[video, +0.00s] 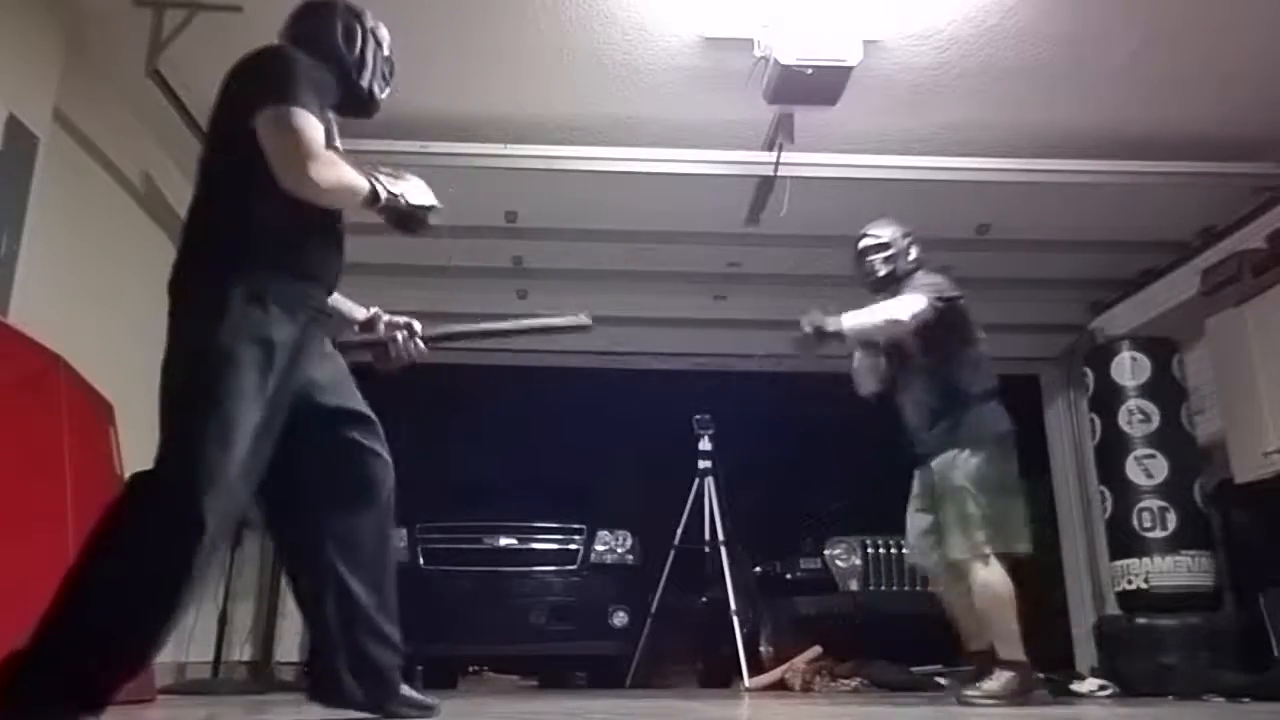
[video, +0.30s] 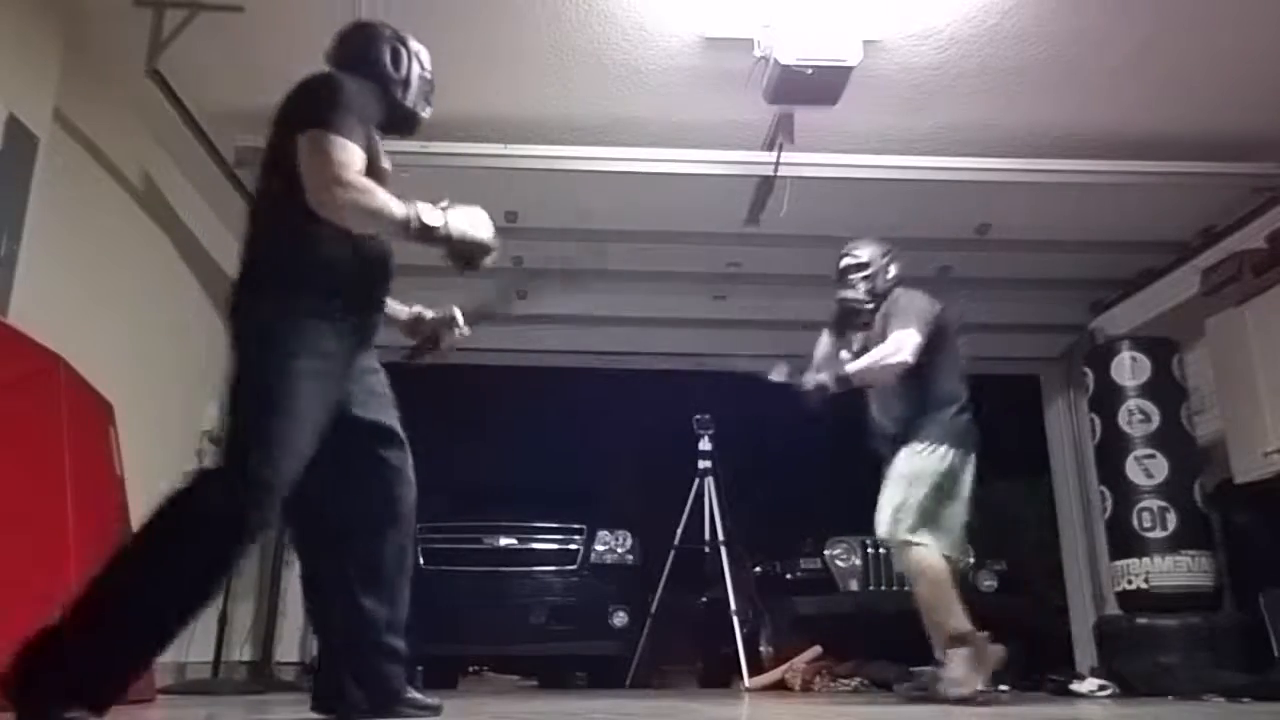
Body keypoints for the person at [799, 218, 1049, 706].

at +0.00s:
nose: (874, 263)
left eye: (882, 252)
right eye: (866, 257)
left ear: (907, 250)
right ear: (861, 266)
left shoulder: (931, 286)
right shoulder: (883, 312)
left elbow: (902, 316)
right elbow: (868, 385)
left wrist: (831, 324)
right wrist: (867, 334)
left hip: (971, 443)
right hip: (935, 452)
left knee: (975, 554)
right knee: (934, 558)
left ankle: (1015, 667)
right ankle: (979, 660)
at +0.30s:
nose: (853, 281)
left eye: (861, 270)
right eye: (846, 274)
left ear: (888, 269)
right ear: (841, 280)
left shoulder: (911, 302)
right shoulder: (853, 322)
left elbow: (900, 354)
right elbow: (815, 381)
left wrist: (838, 377)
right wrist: (839, 324)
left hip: (940, 431)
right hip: (910, 439)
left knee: (899, 527)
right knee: (929, 550)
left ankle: (967, 646)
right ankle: (957, 660)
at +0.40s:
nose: (849, 280)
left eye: (858, 269)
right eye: (840, 273)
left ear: (884, 270)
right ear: (835, 281)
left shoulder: (904, 304)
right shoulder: (846, 329)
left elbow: (893, 351)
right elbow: (825, 383)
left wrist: (839, 371)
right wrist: (812, 335)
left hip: (930, 438)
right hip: (893, 448)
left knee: (892, 531)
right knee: (914, 555)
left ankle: (900, 655)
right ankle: (944, 665)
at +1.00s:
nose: (803, 276)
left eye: (812, 267)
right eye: (794, 270)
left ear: (836, 270)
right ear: (786, 279)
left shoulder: (859, 307)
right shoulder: (798, 325)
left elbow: (862, 348)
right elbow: (773, 396)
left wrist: (797, 348)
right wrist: (770, 351)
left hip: (872, 445)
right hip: (841, 452)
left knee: (815, 524)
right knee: (857, 567)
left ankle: (823, 658)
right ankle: (932, 661)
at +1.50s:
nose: (777, 263)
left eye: (787, 252)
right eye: (767, 254)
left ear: (809, 257)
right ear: (755, 263)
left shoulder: (830, 308)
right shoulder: (762, 318)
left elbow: (836, 366)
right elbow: (738, 353)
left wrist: (777, 361)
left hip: (823, 442)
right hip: (786, 446)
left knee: (767, 515)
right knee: (807, 574)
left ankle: (776, 659)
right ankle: (880, 660)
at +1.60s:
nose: (767, 263)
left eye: (778, 253)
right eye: (757, 254)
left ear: (801, 260)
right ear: (746, 262)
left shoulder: (825, 316)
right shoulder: (745, 320)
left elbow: (847, 381)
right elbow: (697, 338)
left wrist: (819, 419)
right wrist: (656, 308)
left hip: (811, 448)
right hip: (772, 450)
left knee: (751, 523)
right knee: (802, 569)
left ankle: (738, 664)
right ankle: (882, 661)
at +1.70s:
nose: (747, 253)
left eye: (759, 244)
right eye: (740, 245)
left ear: (784, 255)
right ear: (731, 255)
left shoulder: (800, 310)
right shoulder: (737, 317)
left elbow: (808, 375)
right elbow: (679, 339)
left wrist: (792, 414)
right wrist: (628, 307)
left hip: (798, 449)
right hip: (763, 453)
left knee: (744, 535)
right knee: (799, 571)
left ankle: (714, 668)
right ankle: (884, 663)